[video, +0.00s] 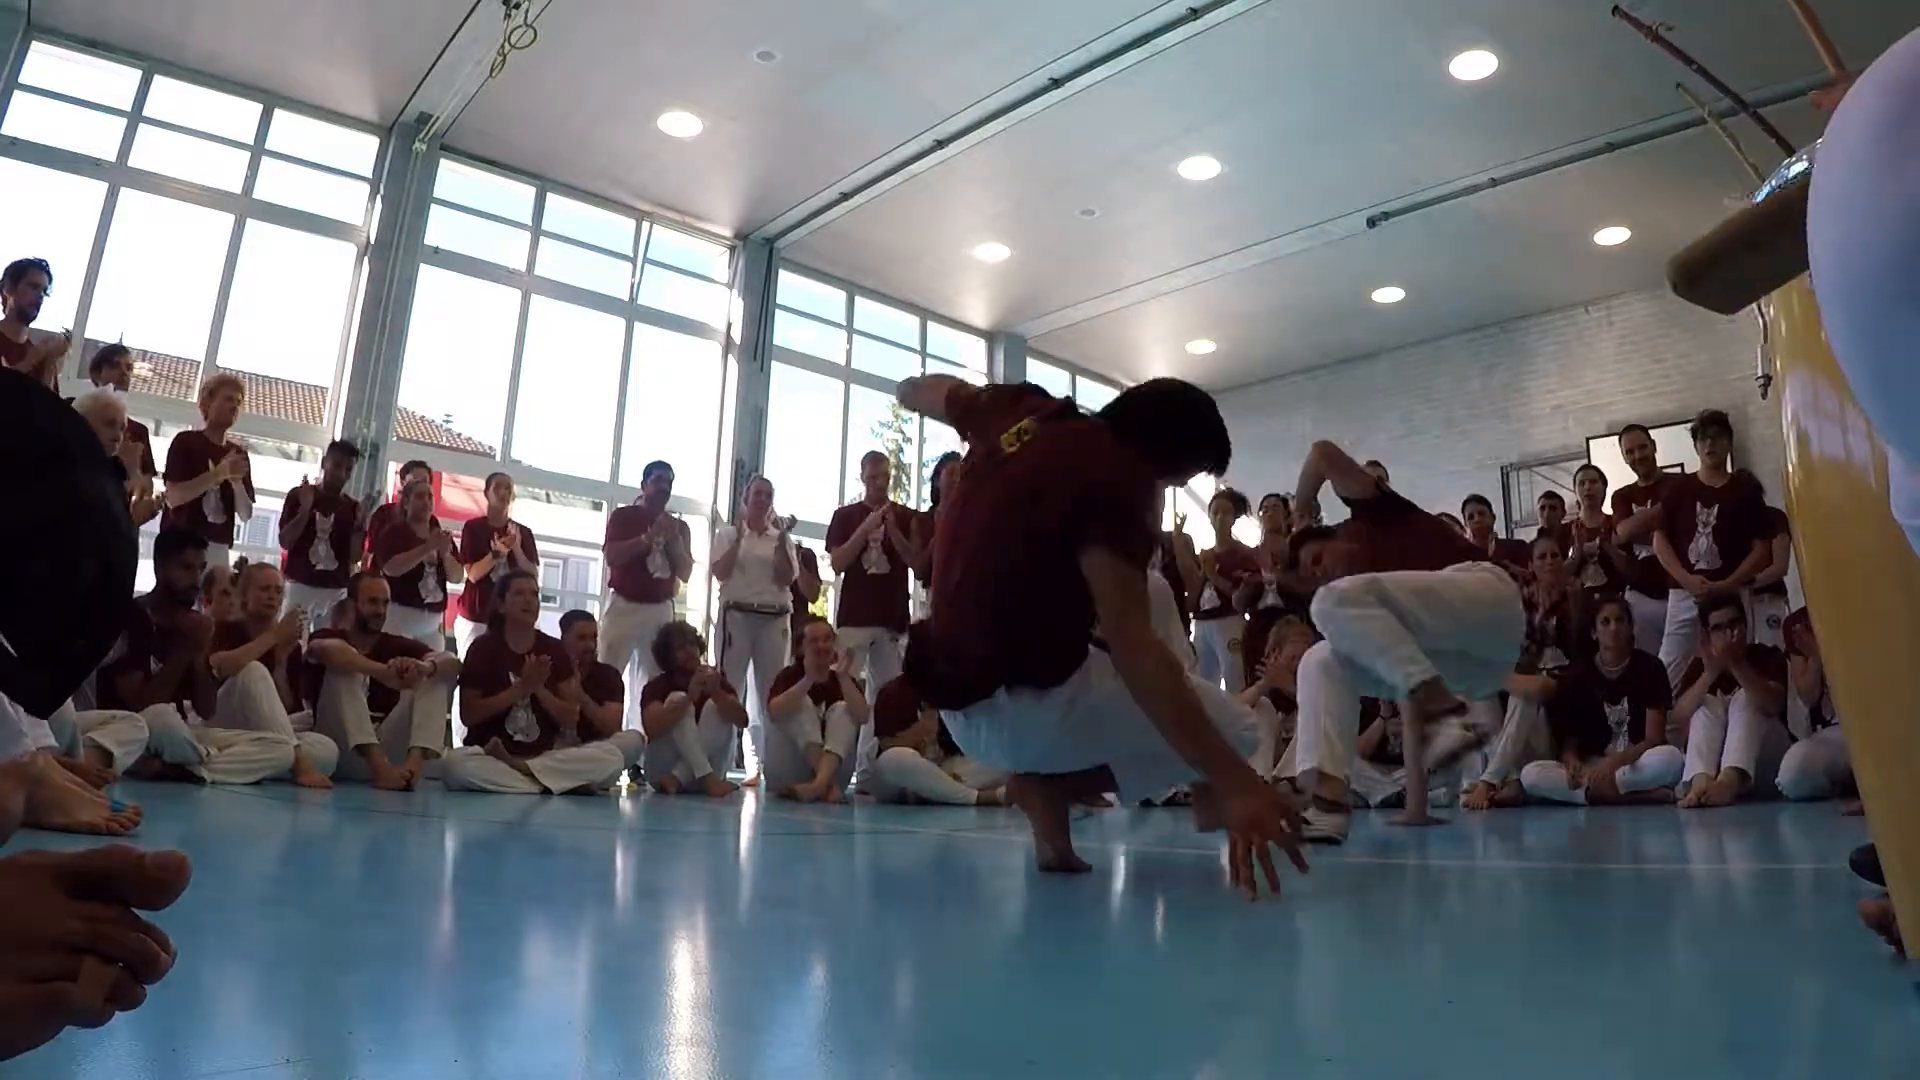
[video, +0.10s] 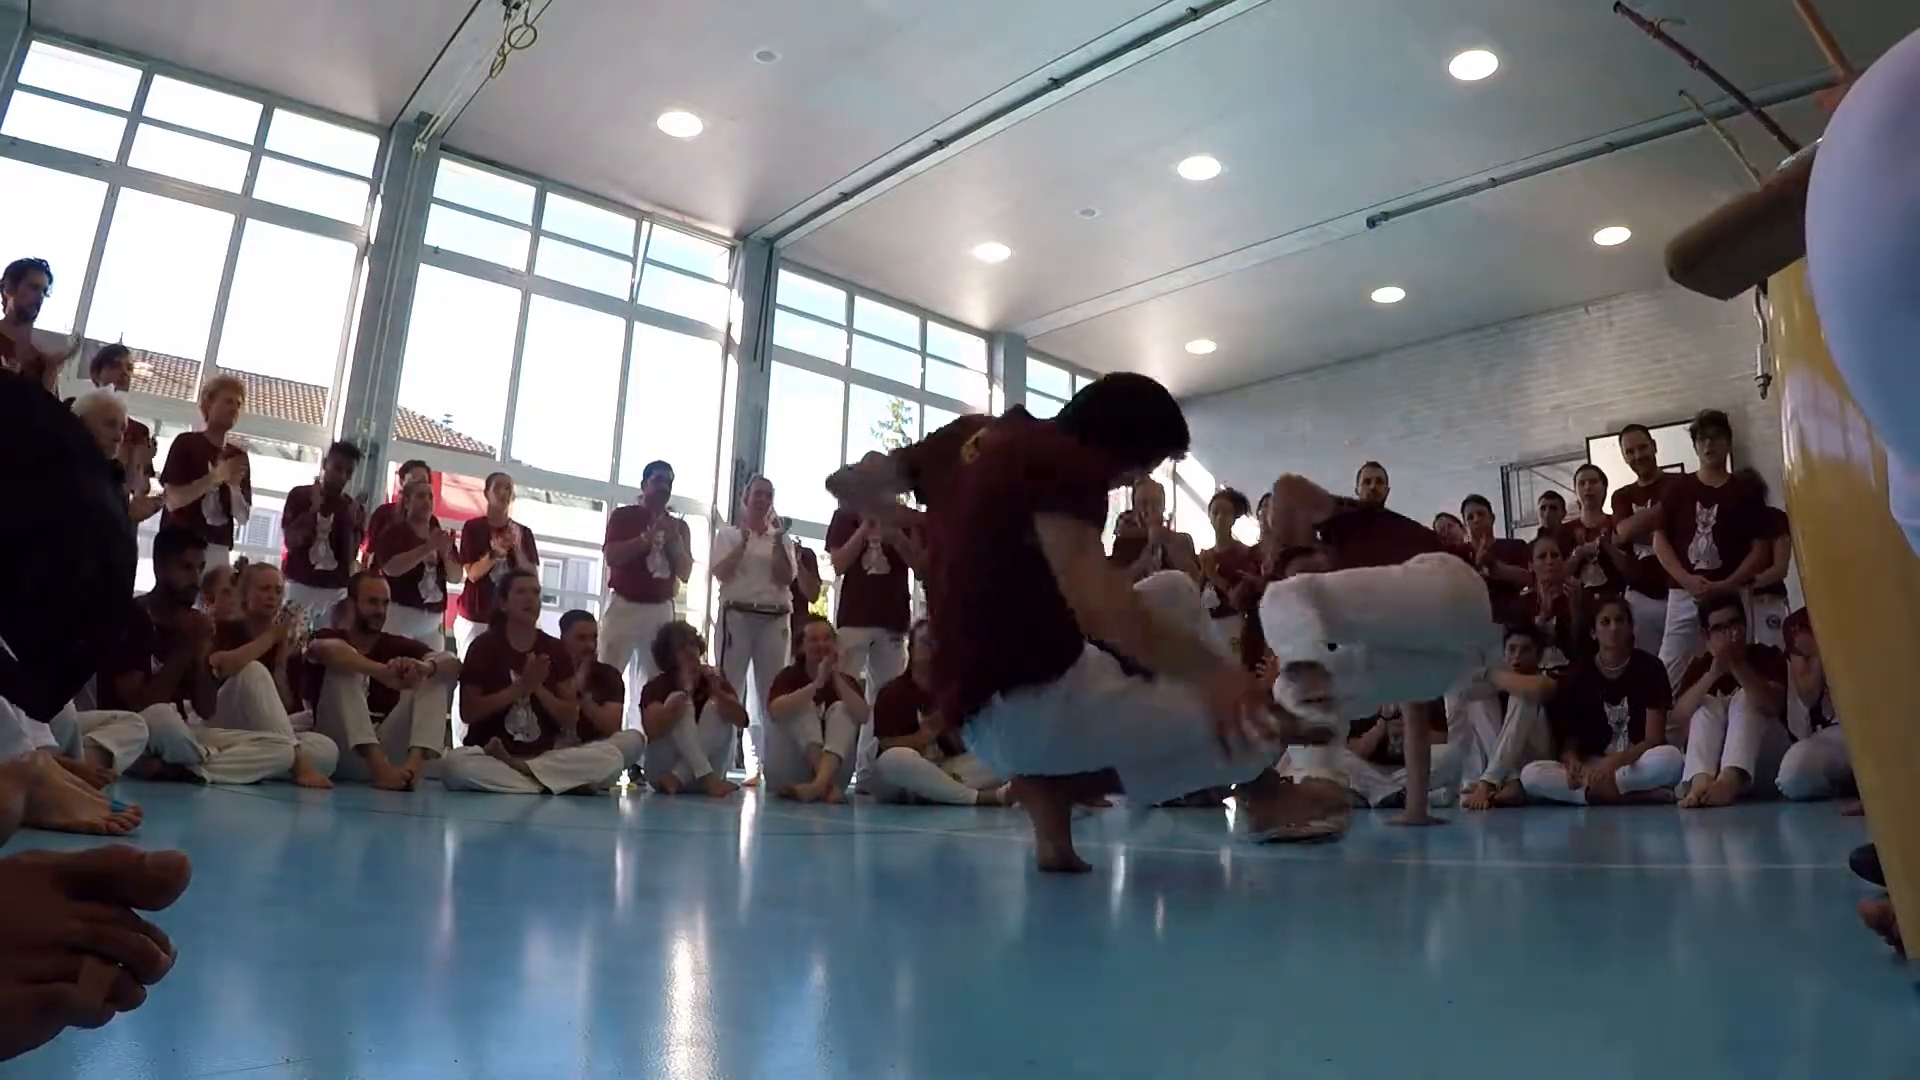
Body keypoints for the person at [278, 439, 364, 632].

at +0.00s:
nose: (342, 474)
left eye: (347, 470)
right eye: (337, 466)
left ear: (351, 473)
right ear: (324, 464)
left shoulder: (353, 508)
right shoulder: (298, 496)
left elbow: (355, 556)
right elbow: (285, 540)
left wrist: (359, 526)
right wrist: (306, 508)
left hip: (335, 590)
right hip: (300, 585)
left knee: (329, 654)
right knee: (290, 650)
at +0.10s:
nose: (342, 477)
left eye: (348, 472)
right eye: (337, 468)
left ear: (352, 475)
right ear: (325, 465)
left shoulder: (354, 510)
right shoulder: (299, 496)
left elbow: (351, 555)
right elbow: (292, 541)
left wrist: (352, 521)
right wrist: (313, 510)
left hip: (335, 590)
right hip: (300, 585)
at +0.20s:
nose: (343, 477)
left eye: (349, 473)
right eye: (339, 469)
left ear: (354, 475)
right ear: (326, 465)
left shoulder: (355, 510)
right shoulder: (301, 495)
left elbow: (350, 555)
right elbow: (289, 541)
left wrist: (340, 522)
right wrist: (323, 528)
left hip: (335, 591)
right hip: (300, 586)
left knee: (327, 655)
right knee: (290, 652)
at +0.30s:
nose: (344, 477)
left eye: (350, 473)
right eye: (340, 469)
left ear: (355, 475)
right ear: (327, 464)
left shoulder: (356, 512)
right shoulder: (299, 497)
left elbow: (359, 564)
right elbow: (276, 543)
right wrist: (309, 540)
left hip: (335, 593)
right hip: (299, 589)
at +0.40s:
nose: (344, 477)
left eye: (350, 472)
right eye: (339, 469)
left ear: (354, 475)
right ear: (327, 465)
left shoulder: (356, 512)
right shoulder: (298, 497)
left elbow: (359, 558)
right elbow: (272, 542)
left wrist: (351, 554)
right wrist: (305, 538)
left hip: (335, 593)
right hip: (299, 589)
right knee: (289, 654)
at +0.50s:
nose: (344, 477)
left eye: (350, 472)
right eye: (339, 469)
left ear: (354, 474)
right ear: (326, 465)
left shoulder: (356, 512)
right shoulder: (299, 497)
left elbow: (357, 558)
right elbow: (278, 545)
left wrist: (357, 552)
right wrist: (303, 528)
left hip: (334, 593)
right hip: (298, 588)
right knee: (288, 655)